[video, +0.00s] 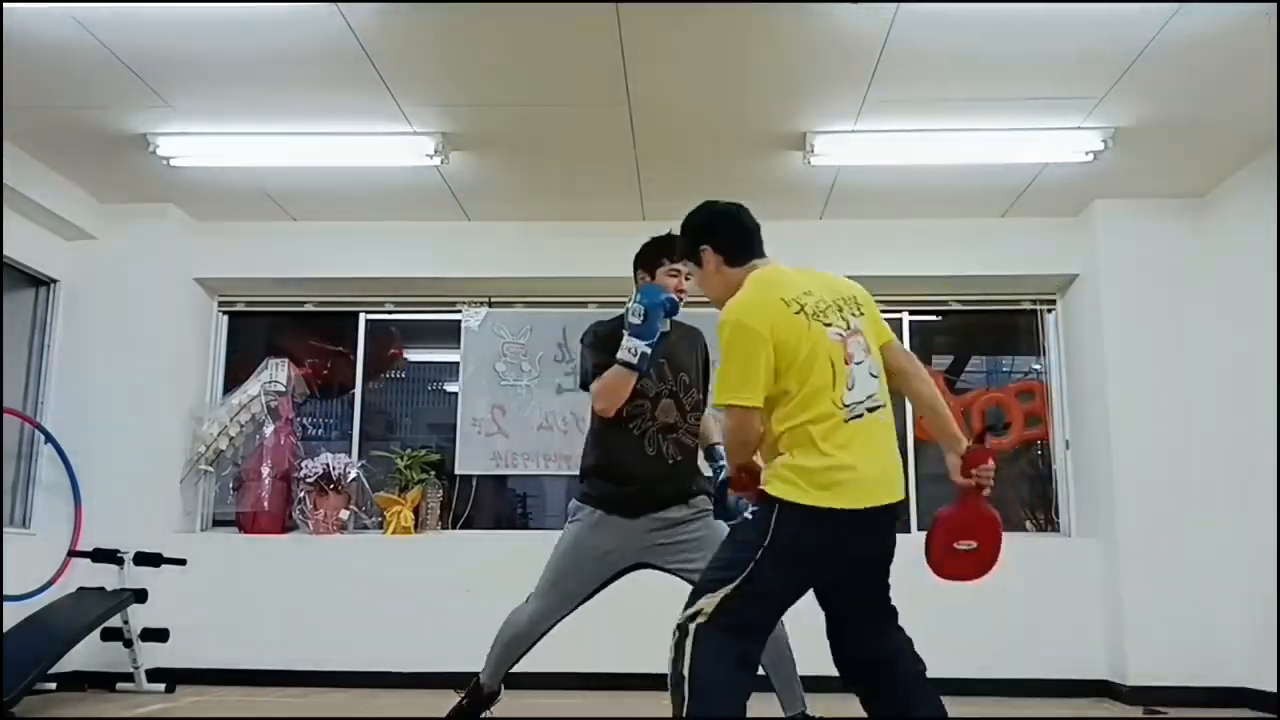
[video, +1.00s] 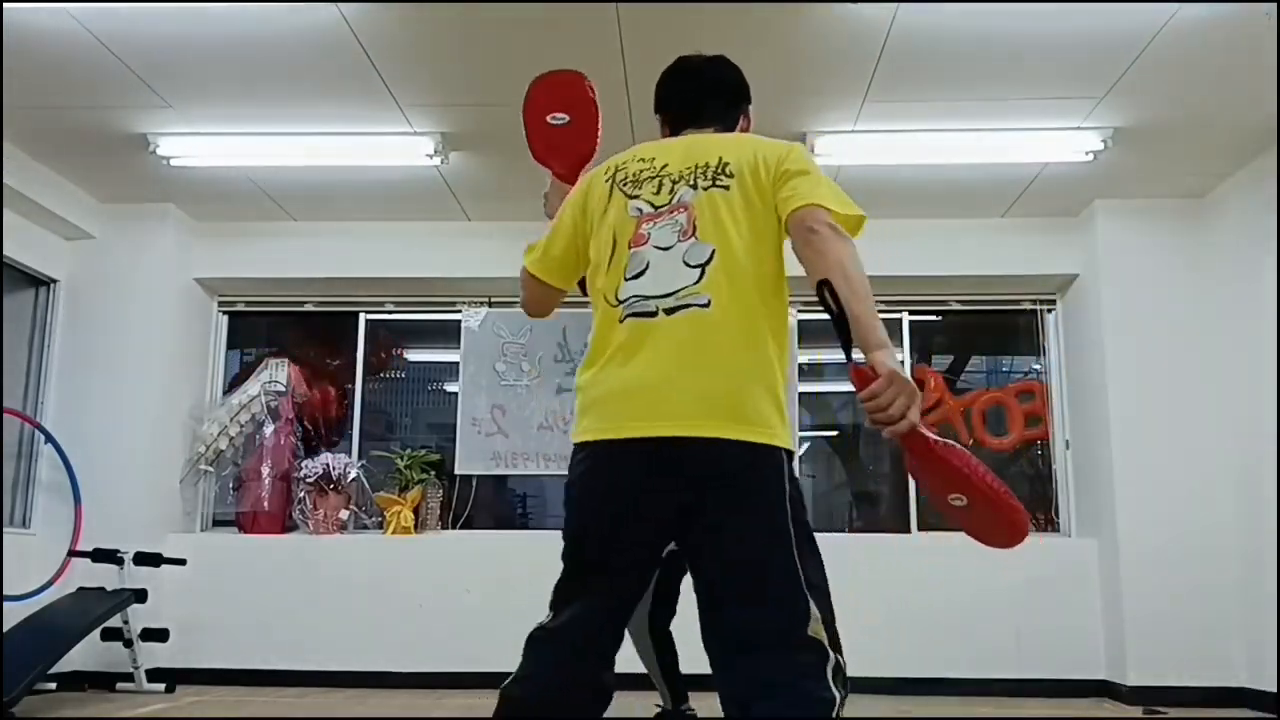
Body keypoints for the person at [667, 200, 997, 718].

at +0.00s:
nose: (697, 283)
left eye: (695, 268)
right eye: (694, 271)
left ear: (713, 255)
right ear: (756, 248)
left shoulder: (746, 310)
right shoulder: (845, 290)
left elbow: (743, 425)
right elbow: (909, 371)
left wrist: (741, 469)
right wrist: (957, 448)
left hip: (805, 501)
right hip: (878, 499)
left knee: (710, 627)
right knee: (867, 631)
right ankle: (922, 713)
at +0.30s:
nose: (617, 239)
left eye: (612, 225)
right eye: (613, 227)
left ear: (624, 214)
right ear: (678, 200)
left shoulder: (648, 263)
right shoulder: (767, 237)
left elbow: (674, 383)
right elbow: (847, 325)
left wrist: (663, 446)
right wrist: (902, 408)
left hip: (746, 471)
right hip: (837, 457)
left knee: (689, 635)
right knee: (839, 607)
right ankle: (904, 701)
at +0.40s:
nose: (625, 203)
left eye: (622, 188)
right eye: (621, 190)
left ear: (637, 177)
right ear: (696, 172)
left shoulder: (642, 236)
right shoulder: (785, 217)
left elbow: (654, 360)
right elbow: (852, 312)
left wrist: (624, 399)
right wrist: (900, 405)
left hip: (722, 465)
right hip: (824, 454)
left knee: (693, 641)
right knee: (844, 613)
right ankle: (864, 697)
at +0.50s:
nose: (650, 176)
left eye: (646, 163)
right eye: (647, 165)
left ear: (659, 157)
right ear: (727, 153)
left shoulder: (641, 218)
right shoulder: (810, 204)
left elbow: (624, 345)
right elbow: (869, 310)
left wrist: (582, 327)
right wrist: (907, 416)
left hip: (704, 464)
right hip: (816, 458)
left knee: (694, 649)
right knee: (833, 637)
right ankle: (847, 710)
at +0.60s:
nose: (676, 164)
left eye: (676, 154)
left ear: (686, 152)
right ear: (760, 149)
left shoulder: (653, 208)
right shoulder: (826, 199)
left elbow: (602, 335)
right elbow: (888, 318)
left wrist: (569, 280)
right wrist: (924, 434)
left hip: (693, 463)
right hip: (812, 459)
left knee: (690, 654)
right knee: (808, 651)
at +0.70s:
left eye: (685, 133)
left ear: (695, 132)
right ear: (778, 136)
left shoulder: (656, 181)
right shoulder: (832, 184)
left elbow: (596, 306)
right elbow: (887, 302)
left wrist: (580, 253)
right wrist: (929, 424)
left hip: (676, 447)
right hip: (798, 445)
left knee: (670, 642)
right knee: (794, 643)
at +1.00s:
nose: (751, 129)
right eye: (752, 121)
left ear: (662, 123)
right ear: (745, 120)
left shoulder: (603, 179)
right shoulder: (773, 157)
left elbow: (537, 299)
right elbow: (816, 231)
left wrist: (563, 217)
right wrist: (877, 349)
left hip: (614, 444)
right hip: (740, 442)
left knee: (577, 627)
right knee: (771, 647)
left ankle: (531, 708)